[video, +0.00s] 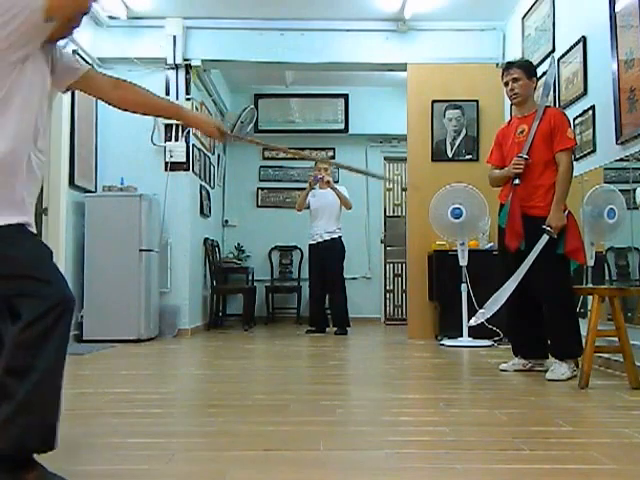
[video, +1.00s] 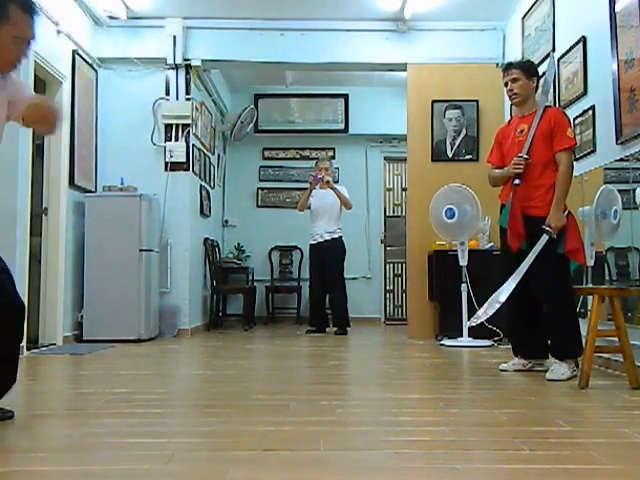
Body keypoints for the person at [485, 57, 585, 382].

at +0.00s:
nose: (511, 87)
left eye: (516, 80)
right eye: (506, 83)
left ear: (533, 83)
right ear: (504, 89)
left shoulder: (553, 117)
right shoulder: (504, 132)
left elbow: (565, 164)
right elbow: (493, 177)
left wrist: (557, 209)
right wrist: (508, 171)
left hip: (546, 214)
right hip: (513, 215)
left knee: (552, 284)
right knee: (519, 284)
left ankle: (565, 358)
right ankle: (529, 355)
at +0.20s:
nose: (511, 87)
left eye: (516, 80)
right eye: (506, 83)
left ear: (533, 83)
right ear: (505, 90)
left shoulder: (553, 117)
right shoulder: (504, 131)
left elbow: (565, 165)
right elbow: (493, 177)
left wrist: (558, 209)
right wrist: (508, 171)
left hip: (546, 214)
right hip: (513, 215)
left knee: (553, 284)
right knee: (519, 284)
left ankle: (565, 358)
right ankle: (530, 354)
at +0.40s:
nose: (510, 87)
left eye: (516, 81)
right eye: (506, 84)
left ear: (533, 83)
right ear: (505, 90)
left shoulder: (553, 117)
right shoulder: (505, 131)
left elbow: (565, 164)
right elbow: (493, 178)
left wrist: (558, 208)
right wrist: (508, 171)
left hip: (546, 214)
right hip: (513, 216)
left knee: (553, 284)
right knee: (519, 285)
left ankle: (565, 358)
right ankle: (529, 355)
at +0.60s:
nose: (510, 88)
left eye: (515, 81)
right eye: (506, 84)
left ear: (533, 83)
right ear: (505, 90)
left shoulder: (553, 117)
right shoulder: (505, 132)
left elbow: (565, 164)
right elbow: (493, 178)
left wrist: (557, 208)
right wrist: (508, 171)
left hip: (546, 214)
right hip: (513, 215)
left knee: (553, 284)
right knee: (519, 285)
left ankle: (565, 358)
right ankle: (529, 355)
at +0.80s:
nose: (509, 88)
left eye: (515, 81)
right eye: (506, 84)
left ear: (533, 83)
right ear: (505, 90)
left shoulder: (553, 116)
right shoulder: (504, 131)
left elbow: (565, 164)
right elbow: (493, 177)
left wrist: (557, 208)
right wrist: (508, 171)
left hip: (546, 214)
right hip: (513, 216)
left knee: (553, 284)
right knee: (520, 285)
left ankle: (565, 358)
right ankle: (529, 354)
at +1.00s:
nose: (509, 87)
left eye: (515, 80)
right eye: (506, 83)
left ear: (534, 82)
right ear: (505, 89)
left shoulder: (553, 117)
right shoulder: (504, 131)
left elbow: (565, 164)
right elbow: (493, 177)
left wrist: (557, 209)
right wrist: (508, 171)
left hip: (546, 214)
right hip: (513, 216)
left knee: (553, 284)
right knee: (519, 284)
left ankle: (565, 358)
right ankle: (529, 354)